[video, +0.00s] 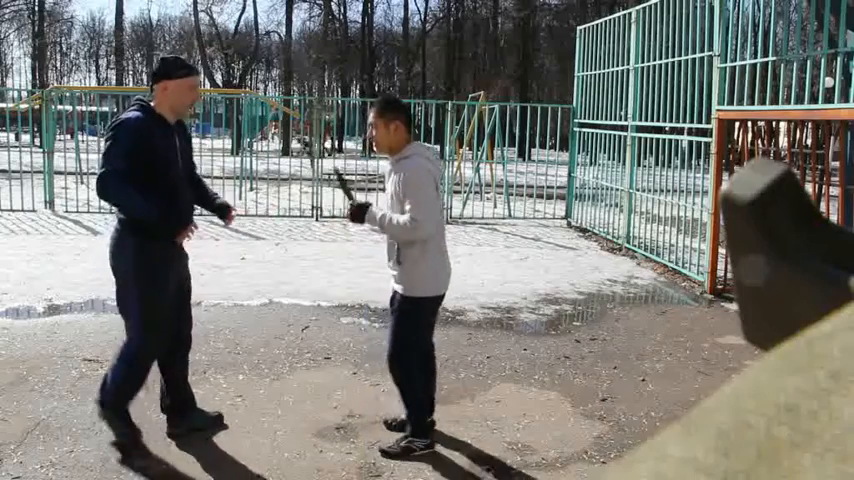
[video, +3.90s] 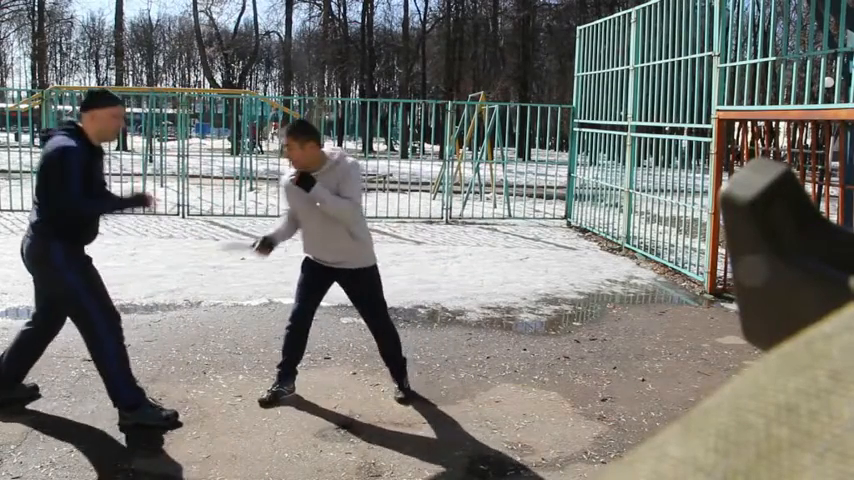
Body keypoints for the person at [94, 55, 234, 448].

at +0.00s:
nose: (197, 98)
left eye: (197, 91)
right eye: (192, 90)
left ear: (173, 90)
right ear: (165, 88)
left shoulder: (177, 130)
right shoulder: (133, 125)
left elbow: (187, 180)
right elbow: (109, 185)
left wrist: (218, 206)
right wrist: (166, 223)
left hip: (170, 249)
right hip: (137, 251)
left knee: (176, 336)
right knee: (148, 336)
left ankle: (181, 413)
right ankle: (111, 402)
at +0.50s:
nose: (154, 98)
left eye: (155, 91)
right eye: (148, 91)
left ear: (140, 94)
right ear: (124, 91)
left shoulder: (140, 128)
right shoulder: (93, 131)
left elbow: (146, 174)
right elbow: (83, 190)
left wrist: (174, 189)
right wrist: (143, 207)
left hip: (141, 238)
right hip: (107, 243)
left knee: (168, 304)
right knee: (113, 324)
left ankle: (153, 372)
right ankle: (109, 402)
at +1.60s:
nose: (166, 101)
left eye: (166, 93)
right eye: (160, 93)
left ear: (139, 95)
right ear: (136, 93)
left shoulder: (130, 126)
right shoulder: (119, 129)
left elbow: (132, 185)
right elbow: (127, 189)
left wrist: (171, 185)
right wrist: (175, 185)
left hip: (120, 239)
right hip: (120, 243)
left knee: (119, 317)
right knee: (141, 325)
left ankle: (103, 384)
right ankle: (143, 413)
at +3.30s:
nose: (145, 116)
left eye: (145, 109)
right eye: (140, 109)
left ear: (115, 109)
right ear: (118, 109)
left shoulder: (100, 137)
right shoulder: (109, 142)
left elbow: (114, 191)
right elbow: (126, 192)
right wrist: (162, 169)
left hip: (92, 249)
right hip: (111, 253)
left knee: (102, 313)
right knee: (161, 320)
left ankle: (46, 377)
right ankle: (173, 408)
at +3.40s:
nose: (145, 127)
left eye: (146, 120)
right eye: (142, 119)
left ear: (118, 118)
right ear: (120, 118)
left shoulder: (96, 145)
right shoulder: (111, 152)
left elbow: (137, 197)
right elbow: (143, 200)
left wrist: (179, 204)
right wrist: (188, 203)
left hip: (76, 252)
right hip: (94, 256)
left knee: (88, 319)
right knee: (145, 321)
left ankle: (37, 385)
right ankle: (173, 408)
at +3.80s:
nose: (133, 139)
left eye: (135, 133)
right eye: (130, 131)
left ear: (106, 127)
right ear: (107, 126)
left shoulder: (93, 155)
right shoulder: (88, 161)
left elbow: (118, 213)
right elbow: (119, 219)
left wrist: (155, 226)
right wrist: (164, 231)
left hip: (52, 254)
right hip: (62, 258)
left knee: (55, 321)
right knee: (115, 322)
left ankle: (5, 382)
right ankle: (134, 409)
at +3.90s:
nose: (121, 126)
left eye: (122, 119)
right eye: (116, 118)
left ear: (95, 118)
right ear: (92, 116)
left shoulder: (84, 148)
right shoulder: (67, 151)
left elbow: (92, 196)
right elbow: (77, 204)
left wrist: (130, 201)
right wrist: (132, 202)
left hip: (52, 249)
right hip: (58, 253)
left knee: (47, 321)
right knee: (104, 326)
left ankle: (5, 383)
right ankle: (133, 408)